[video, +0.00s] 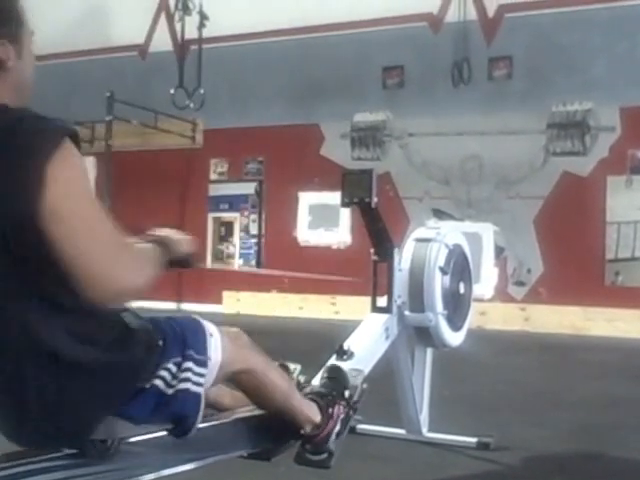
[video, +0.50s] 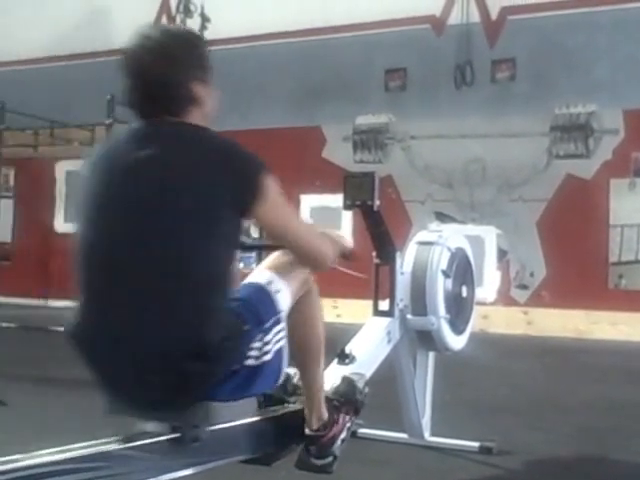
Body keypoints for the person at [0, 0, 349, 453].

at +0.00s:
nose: (32, 63)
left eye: (30, 48)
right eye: (29, 49)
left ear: (4, 53)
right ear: (7, 54)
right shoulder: (34, 140)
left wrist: (132, 249)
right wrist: (160, 247)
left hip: (10, 381)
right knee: (235, 345)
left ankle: (262, 412)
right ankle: (314, 420)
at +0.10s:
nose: (58, 60)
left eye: (55, 47)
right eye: (52, 46)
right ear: (29, 48)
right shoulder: (47, 135)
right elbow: (55, 273)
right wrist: (127, 250)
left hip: (10, 365)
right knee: (243, 333)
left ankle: (245, 407)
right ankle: (312, 420)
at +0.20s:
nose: (93, 64)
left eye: (91, 51)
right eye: (88, 50)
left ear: (7, 57)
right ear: (65, 53)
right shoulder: (83, 135)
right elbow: (105, 265)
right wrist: (167, 249)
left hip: (16, 377)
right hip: (85, 369)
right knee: (252, 313)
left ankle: (255, 418)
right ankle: (312, 422)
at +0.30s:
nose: (135, 63)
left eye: (131, 52)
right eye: (129, 52)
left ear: (45, 65)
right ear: (113, 59)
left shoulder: (13, 142)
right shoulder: (131, 140)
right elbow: (203, 264)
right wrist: (226, 244)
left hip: (50, 382)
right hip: (127, 373)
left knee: (191, 289)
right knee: (263, 289)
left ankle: (248, 413)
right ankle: (311, 417)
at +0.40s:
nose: (178, 78)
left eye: (174, 65)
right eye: (173, 65)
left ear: (95, 79)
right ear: (157, 74)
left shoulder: (57, 150)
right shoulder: (182, 153)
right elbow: (273, 266)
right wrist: (276, 229)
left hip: (85, 381)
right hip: (164, 380)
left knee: (206, 274)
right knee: (281, 283)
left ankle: (246, 416)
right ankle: (317, 421)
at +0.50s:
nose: (215, 92)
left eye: (211, 79)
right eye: (210, 80)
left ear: (140, 91)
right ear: (194, 89)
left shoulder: (108, 158)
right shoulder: (227, 160)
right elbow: (319, 255)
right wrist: (332, 241)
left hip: (114, 371)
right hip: (192, 374)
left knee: (223, 269)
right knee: (300, 263)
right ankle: (319, 422)